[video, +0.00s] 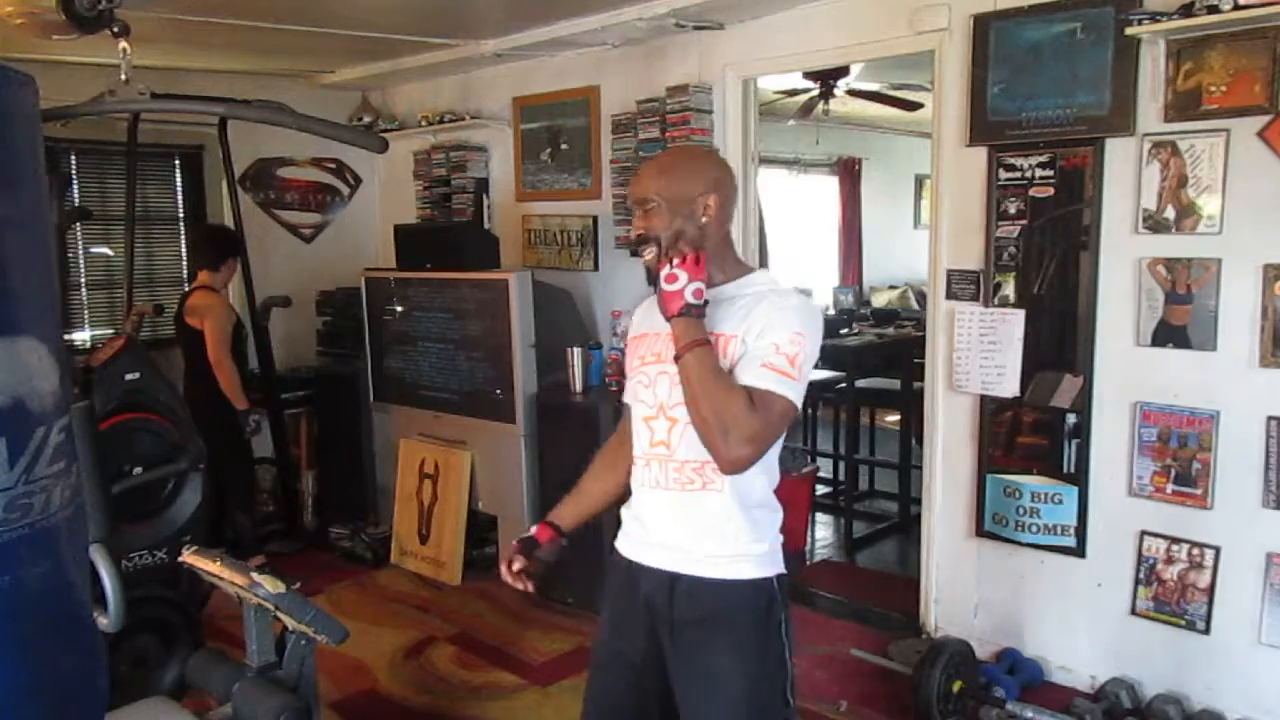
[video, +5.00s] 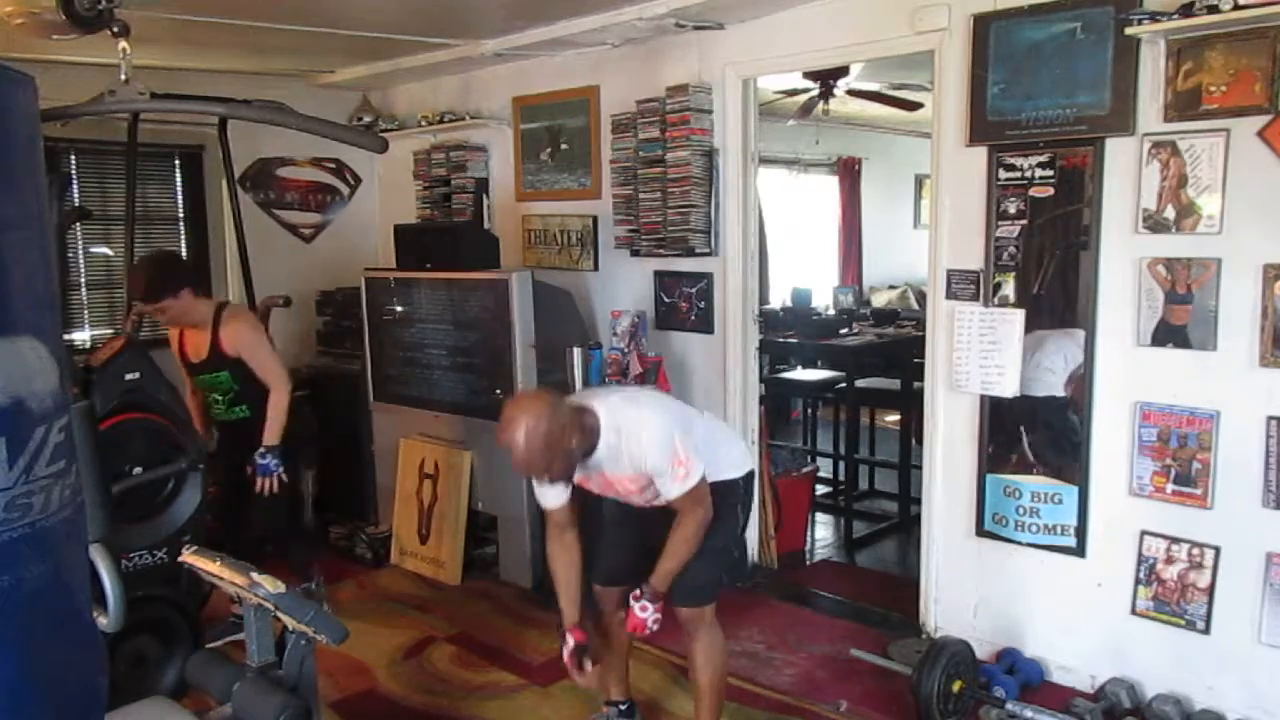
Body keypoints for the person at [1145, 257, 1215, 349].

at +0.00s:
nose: (1181, 271)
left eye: (1183, 268)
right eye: (1177, 268)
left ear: (1188, 271)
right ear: (1173, 271)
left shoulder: (1191, 287)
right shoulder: (1168, 286)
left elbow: (1212, 269)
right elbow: (1151, 266)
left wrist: (1196, 263)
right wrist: (1166, 261)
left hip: (1181, 329)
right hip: (1165, 327)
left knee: (1189, 358)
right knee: (1155, 356)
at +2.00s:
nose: (1180, 273)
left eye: (1183, 270)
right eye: (1177, 270)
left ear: (1188, 273)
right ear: (1173, 272)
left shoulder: (1191, 287)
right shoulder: (1168, 286)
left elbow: (1213, 268)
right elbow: (1151, 265)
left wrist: (1195, 262)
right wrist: (1167, 262)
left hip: (1182, 329)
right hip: (1165, 327)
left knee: (1189, 357)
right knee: (1155, 356)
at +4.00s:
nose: (1179, 273)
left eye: (1183, 269)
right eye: (1176, 269)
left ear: (1188, 273)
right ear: (1172, 272)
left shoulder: (1191, 287)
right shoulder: (1168, 286)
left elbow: (1213, 267)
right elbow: (1150, 265)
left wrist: (1194, 263)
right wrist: (1167, 263)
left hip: (1181, 329)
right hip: (1165, 328)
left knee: (1190, 357)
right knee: (1154, 356)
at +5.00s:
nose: (1180, 272)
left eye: (1183, 269)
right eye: (1177, 269)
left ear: (1188, 272)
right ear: (1173, 272)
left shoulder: (1191, 287)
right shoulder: (1168, 286)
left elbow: (1212, 267)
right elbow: (1151, 266)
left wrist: (1195, 262)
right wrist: (1166, 261)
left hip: (1181, 329)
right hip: (1165, 328)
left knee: (1190, 357)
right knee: (1154, 356)